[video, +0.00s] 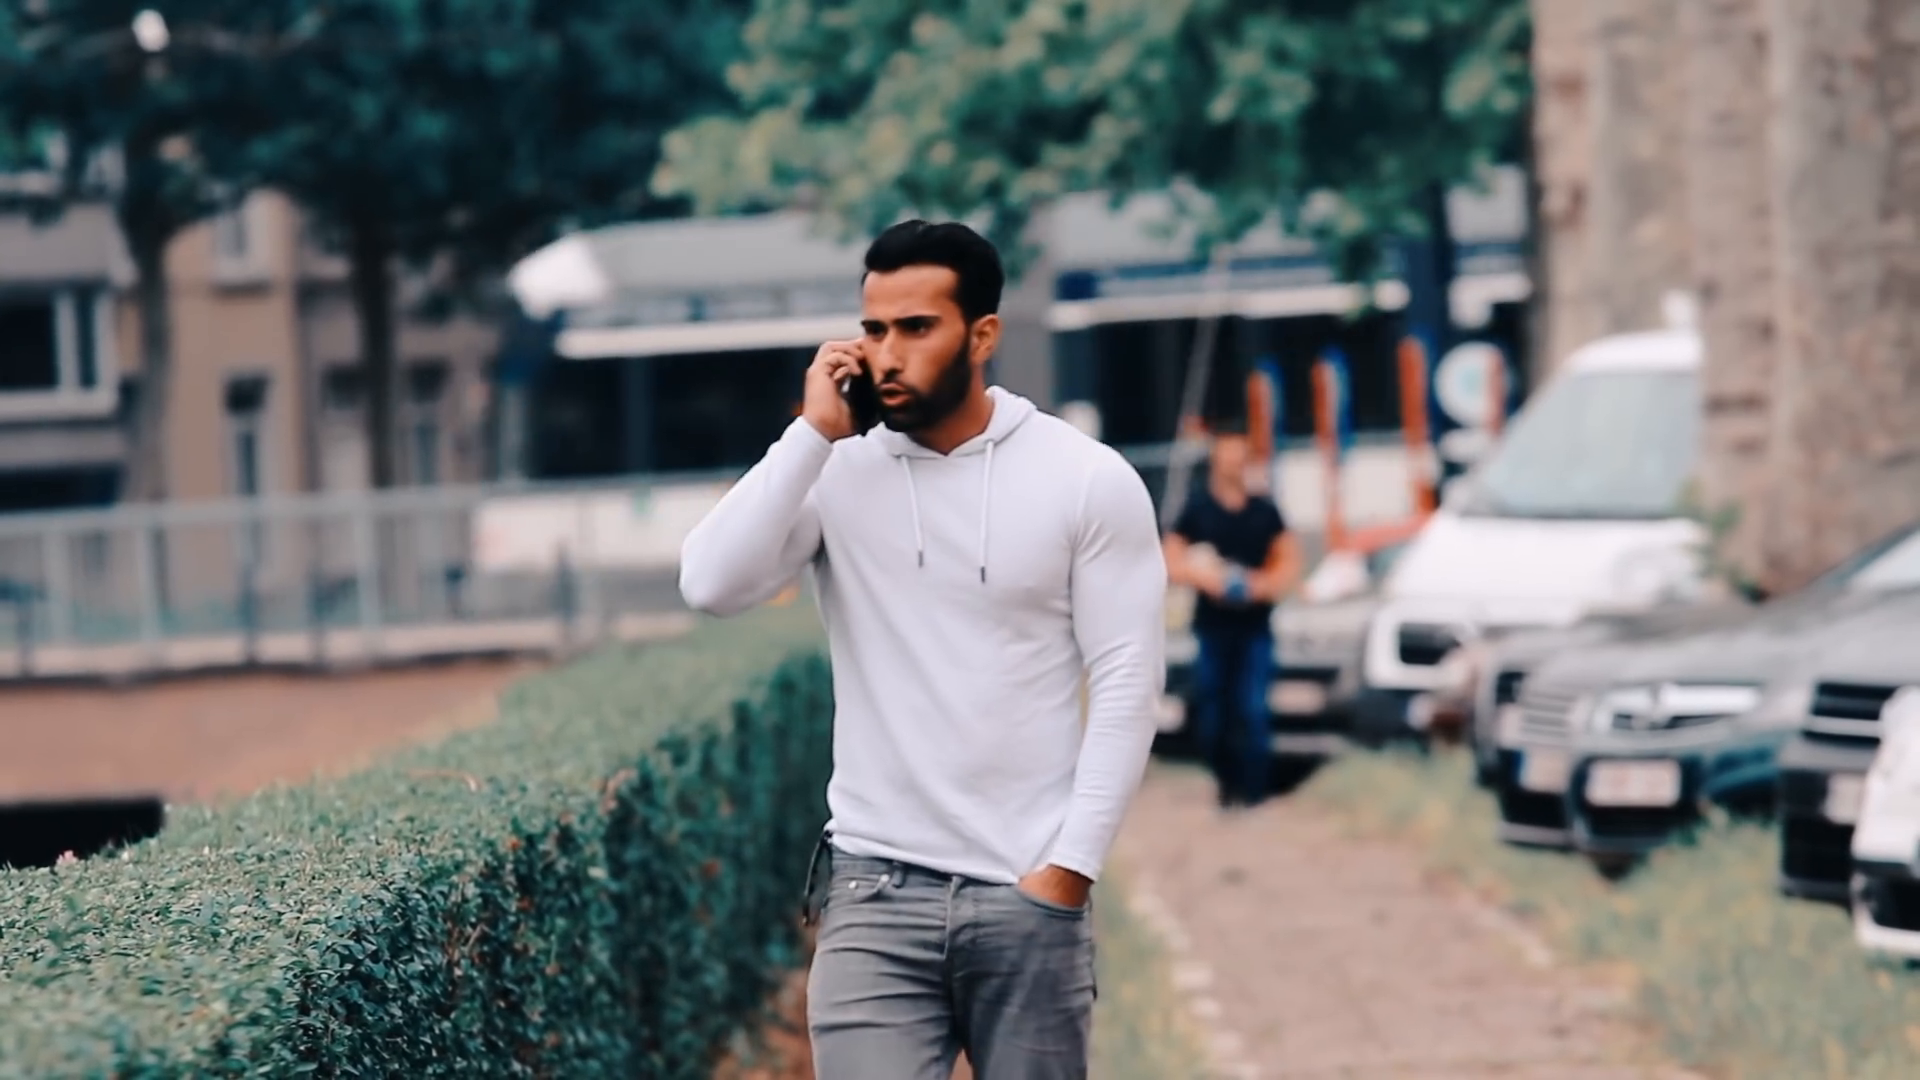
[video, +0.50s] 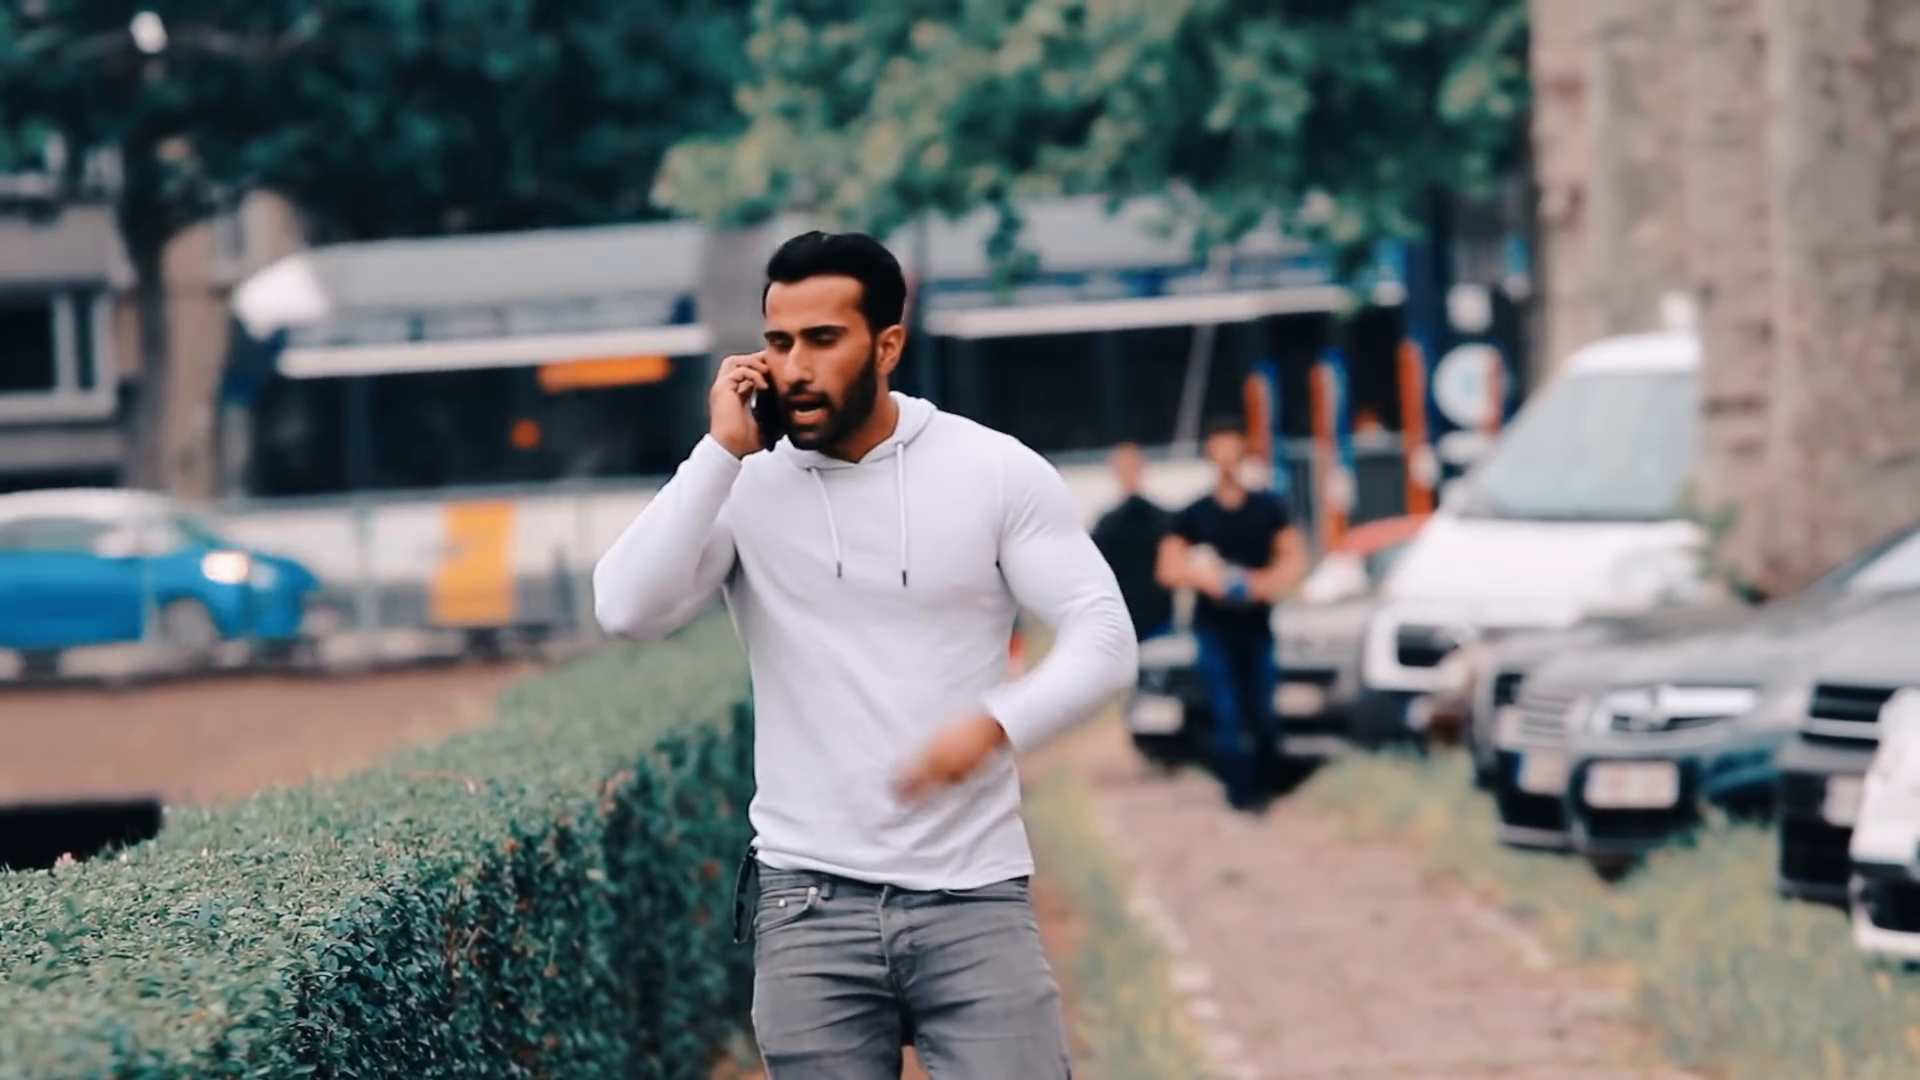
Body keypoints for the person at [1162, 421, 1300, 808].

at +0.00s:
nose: (1233, 461)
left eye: (1239, 453)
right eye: (1226, 453)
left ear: (1247, 458)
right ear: (1214, 457)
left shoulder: (1263, 510)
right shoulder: (1199, 508)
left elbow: (1287, 563)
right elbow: (1172, 559)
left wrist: (1262, 585)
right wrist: (1209, 579)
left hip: (1254, 626)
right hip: (1213, 626)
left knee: (1252, 707)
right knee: (1212, 707)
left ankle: (1253, 786)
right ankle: (1226, 783)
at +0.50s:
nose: (1226, 455)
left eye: (1232, 446)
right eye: (1218, 447)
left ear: (1243, 451)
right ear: (1208, 454)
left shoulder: (1268, 509)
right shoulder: (1195, 515)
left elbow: (1293, 560)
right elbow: (1168, 568)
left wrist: (1265, 584)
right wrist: (1209, 580)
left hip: (1256, 623)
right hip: (1214, 626)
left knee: (1262, 708)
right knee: (1227, 710)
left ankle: (1264, 785)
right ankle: (1239, 790)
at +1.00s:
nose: (1245, 460)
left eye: (1252, 452)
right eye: (1237, 452)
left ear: (1262, 454)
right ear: (1225, 454)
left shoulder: (1279, 505)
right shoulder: (1207, 505)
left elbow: (1306, 555)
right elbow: (1179, 563)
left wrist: (1278, 580)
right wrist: (1220, 575)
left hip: (1270, 624)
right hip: (1227, 626)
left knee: (1273, 713)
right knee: (1230, 713)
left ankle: (1272, 790)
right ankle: (1240, 784)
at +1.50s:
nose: (1231, 452)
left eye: (1237, 444)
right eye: (1224, 445)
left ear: (1250, 446)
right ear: (1213, 448)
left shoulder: (1270, 497)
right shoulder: (1200, 504)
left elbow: (1302, 550)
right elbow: (1178, 560)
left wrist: (1276, 578)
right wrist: (1211, 575)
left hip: (1262, 613)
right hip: (1219, 615)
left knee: (1266, 702)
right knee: (1232, 706)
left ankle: (1273, 785)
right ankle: (1246, 789)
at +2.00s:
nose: (1231, 445)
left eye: (1238, 437)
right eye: (1225, 437)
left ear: (1250, 440)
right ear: (1215, 442)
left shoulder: (1271, 495)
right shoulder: (1201, 496)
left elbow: (1302, 553)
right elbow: (1173, 554)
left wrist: (1266, 574)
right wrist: (1211, 572)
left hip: (1261, 616)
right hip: (1218, 616)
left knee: (1259, 708)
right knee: (1222, 703)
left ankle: (1257, 791)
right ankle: (1232, 784)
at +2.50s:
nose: (1221, 440)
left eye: (1229, 432)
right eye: (1214, 432)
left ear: (1241, 435)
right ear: (1204, 435)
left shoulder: (1264, 488)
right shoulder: (1190, 492)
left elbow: (1291, 542)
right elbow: (1163, 547)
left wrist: (1262, 569)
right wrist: (1198, 566)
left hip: (1251, 609)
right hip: (1207, 611)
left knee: (1251, 695)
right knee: (1217, 700)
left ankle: (1258, 785)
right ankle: (1233, 787)